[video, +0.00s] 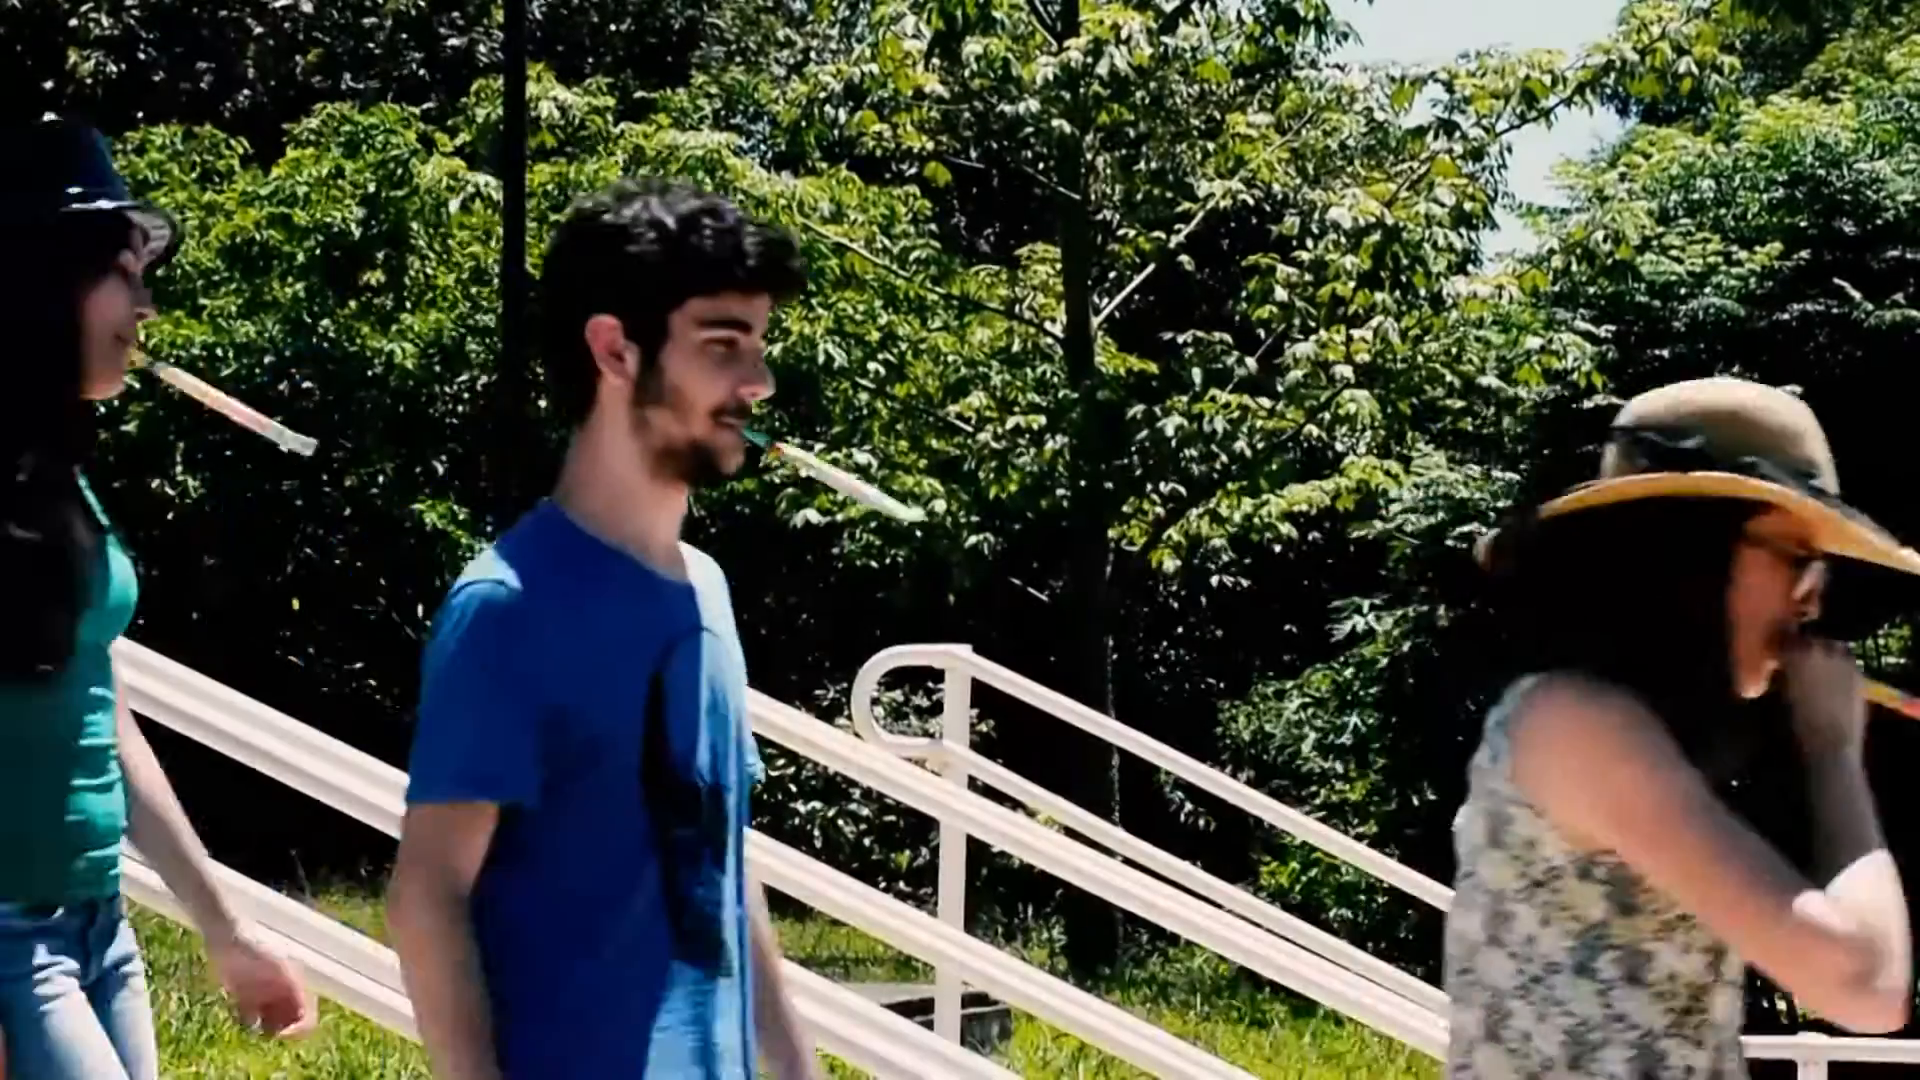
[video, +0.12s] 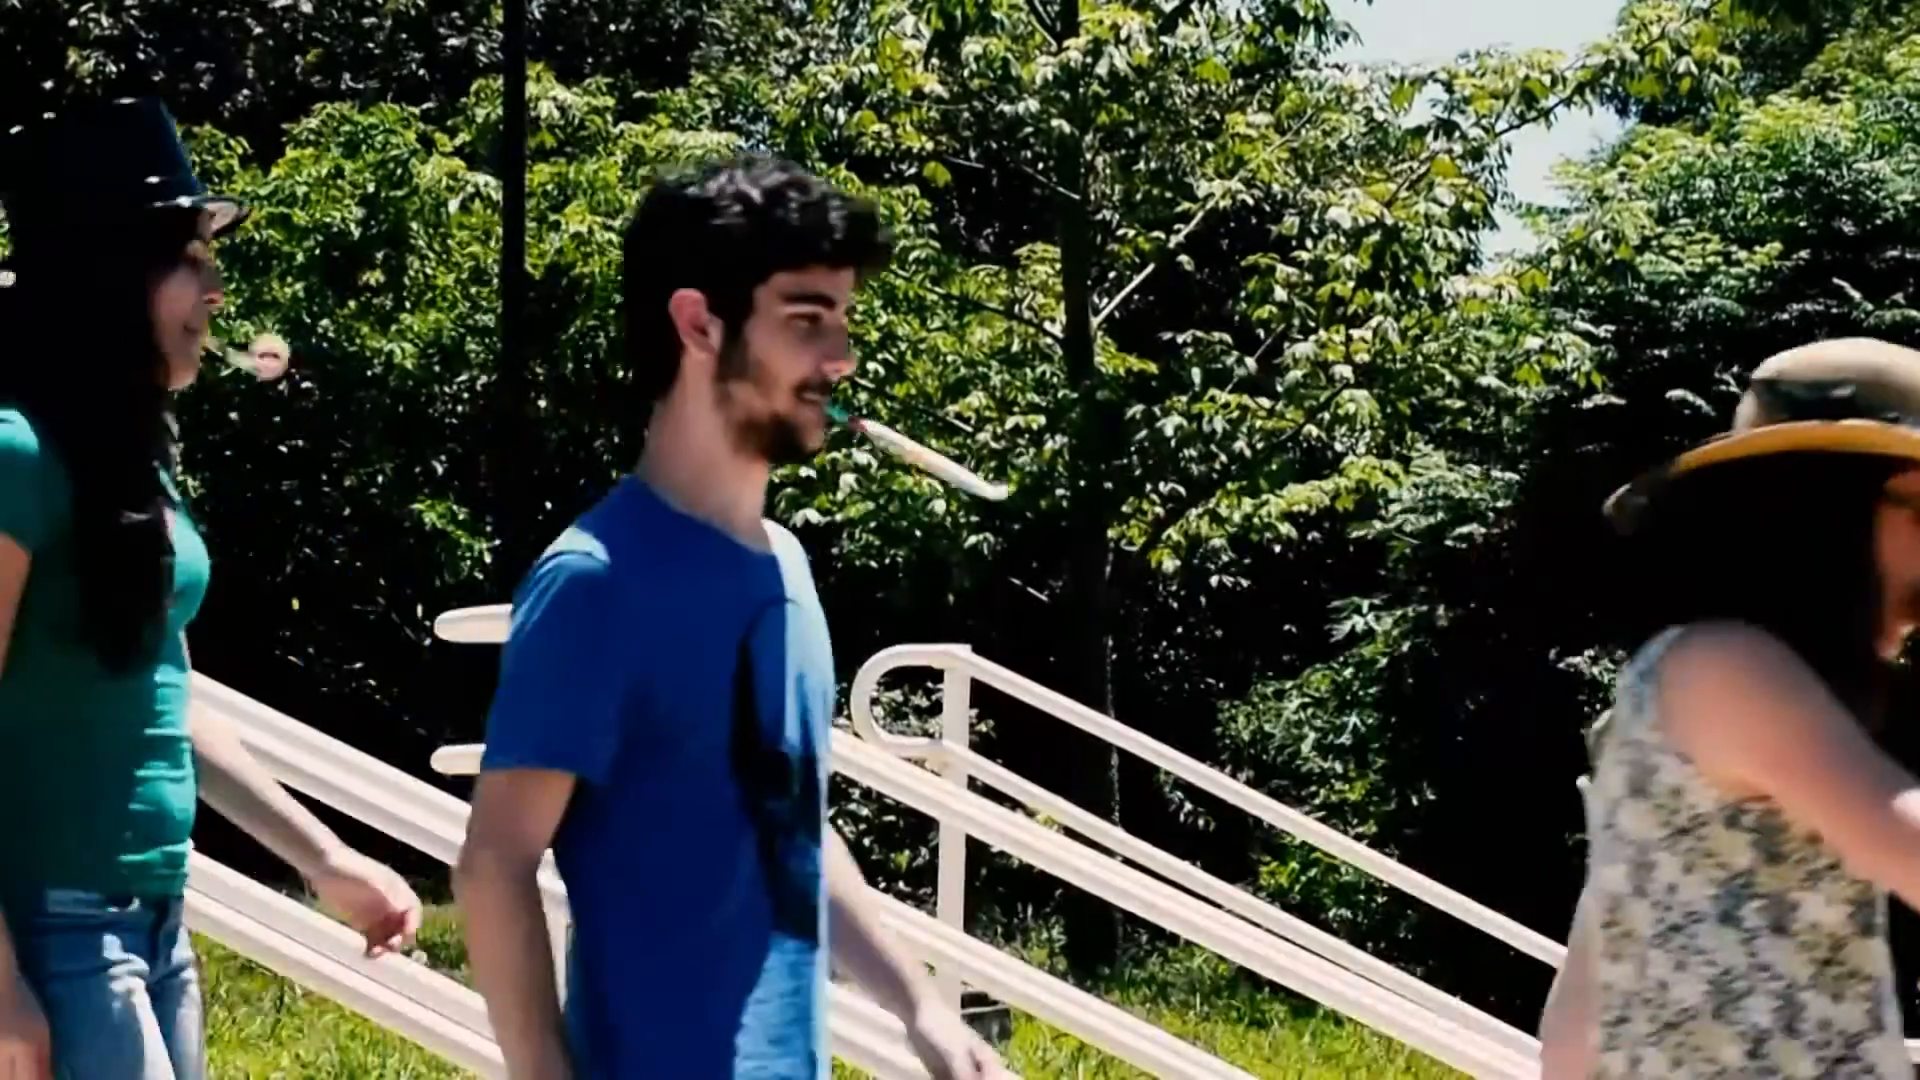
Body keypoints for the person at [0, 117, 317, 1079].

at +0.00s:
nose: (143, 308)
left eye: (142, 278)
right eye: (119, 276)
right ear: (38, 290)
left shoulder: (62, 486)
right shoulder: (8, 493)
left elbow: (104, 722)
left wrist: (223, 929)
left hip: (100, 924)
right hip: (11, 940)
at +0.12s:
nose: (215, 293)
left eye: (212, 264)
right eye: (191, 264)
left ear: (127, 283)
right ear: (110, 276)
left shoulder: (137, 453)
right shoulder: (25, 457)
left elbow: (163, 698)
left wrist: (323, 860)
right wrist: (3, 987)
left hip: (154, 925)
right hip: (58, 936)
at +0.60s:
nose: (454, 407)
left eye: (457, 373)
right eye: (410, 387)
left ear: (469, 380)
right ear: (338, 423)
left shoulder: (474, 584)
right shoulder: (270, 606)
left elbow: (462, 828)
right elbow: (262, 870)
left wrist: (482, 1025)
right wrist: (330, 1066)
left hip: (472, 1041)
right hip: (331, 1046)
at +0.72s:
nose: (563, 422)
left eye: (567, 394)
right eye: (522, 393)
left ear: (578, 408)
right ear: (438, 419)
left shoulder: (558, 607)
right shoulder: (346, 626)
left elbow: (545, 866)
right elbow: (336, 909)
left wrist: (581, 1052)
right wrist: (388, 1073)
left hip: (565, 1049)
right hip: (417, 1052)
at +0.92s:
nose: (764, 551)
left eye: (759, 523)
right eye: (728, 518)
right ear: (636, 538)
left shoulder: (717, 732)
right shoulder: (532, 769)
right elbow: (511, 1059)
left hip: (735, 1063)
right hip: (608, 1066)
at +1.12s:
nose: (959, 562)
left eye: (947, 533)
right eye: (924, 532)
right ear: (836, 557)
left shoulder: (886, 762)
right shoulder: (737, 777)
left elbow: (920, 1015)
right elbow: (678, 1058)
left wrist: (969, 1069)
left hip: (922, 1067)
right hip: (819, 1067)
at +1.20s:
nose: (1049, 547)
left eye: (1034, 522)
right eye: (1009, 522)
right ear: (924, 553)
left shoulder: (982, 750)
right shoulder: (839, 766)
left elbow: (1004, 1003)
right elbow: (756, 1036)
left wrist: (1060, 1067)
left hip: (1011, 1066)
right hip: (912, 1067)